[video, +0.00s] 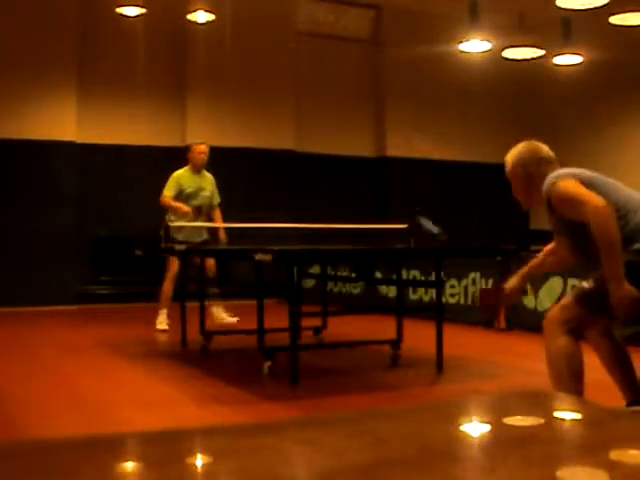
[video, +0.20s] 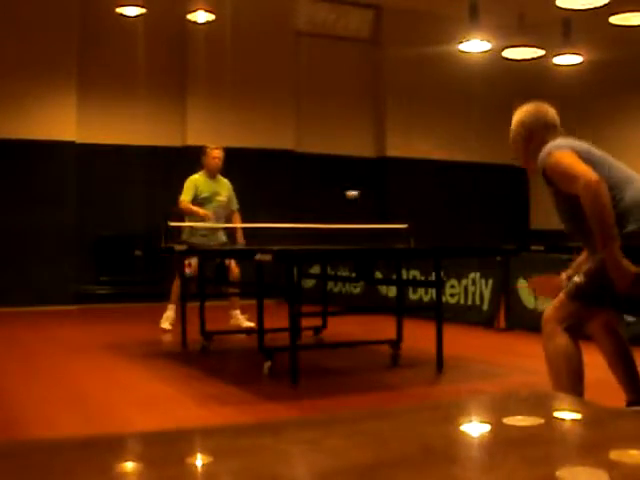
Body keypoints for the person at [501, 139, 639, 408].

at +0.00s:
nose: (513, 190)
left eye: (513, 181)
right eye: (511, 182)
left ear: (527, 176)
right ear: (545, 166)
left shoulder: (557, 185)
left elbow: (599, 210)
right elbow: (565, 249)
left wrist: (617, 282)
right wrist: (520, 279)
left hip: (635, 260)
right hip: (634, 259)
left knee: (557, 321)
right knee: (595, 326)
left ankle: (569, 417)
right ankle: (635, 401)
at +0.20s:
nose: (513, 148)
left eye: (514, 139)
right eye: (512, 140)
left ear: (528, 136)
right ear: (551, 130)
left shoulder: (552, 154)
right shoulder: (571, 148)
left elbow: (592, 184)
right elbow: (604, 228)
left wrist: (613, 258)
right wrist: (576, 270)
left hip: (630, 240)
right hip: (635, 239)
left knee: (554, 321)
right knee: (600, 321)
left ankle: (569, 418)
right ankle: (635, 400)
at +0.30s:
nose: (514, 122)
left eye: (515, 113)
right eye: (514, 113)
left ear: (526, 113)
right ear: (556, 107)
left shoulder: (550, 133)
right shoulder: (573, 130)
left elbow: (587, 166)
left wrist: (607, 241)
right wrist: (579, 256)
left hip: (629, 235)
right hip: (638, 234)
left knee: (554, 319)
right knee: (603, 318)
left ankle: (568, 416)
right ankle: (635, 397)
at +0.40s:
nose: (516, 101)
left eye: (517, 92)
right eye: (516, 92)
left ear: (526, 93)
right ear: (560, 89)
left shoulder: (546, 115)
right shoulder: (576, 117)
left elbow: (568, 157)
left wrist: (580, 231)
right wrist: (547, 238)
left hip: (616, 227)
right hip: (635, 225)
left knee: (548, 315)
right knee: (603, 316)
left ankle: (565, 410)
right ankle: (633, 397)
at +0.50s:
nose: (516, 81)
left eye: (518, 73)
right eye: (516, 73)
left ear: (525, 75)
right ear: (562, 76)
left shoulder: (541, 101)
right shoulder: (581, 107)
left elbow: (547, 144)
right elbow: (602, 177)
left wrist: (532, 214)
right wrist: (559, 216)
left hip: (604, 219)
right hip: (631, 214)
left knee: (543, 314)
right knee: (602, 311)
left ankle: (561, 414)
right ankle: (632, 401)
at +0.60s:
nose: (520, 60)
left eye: (521, 54)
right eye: (523, 54)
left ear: (525, 55)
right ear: (566, 56)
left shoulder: (536, 79)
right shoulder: (585, 89)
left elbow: (535, 121)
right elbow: (610, 157)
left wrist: (510, 196)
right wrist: (554, 196)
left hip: (592, 204)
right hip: (628, 200)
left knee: (547, 311)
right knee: (617, 305)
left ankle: (562, 413)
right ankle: (634, 397)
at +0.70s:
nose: (525, 44)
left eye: (526, 38)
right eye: (528, 39)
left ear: (531, 38)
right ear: (569, 41)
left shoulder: (536, 62)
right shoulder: (593, 77)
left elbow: (532, 97)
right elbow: (594, 142)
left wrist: (517, 171)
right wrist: (543, 185)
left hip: (577, 190)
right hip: (622, 190)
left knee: (550, 308)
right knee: (615, 303)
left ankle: (561, 412)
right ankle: (633, 401)